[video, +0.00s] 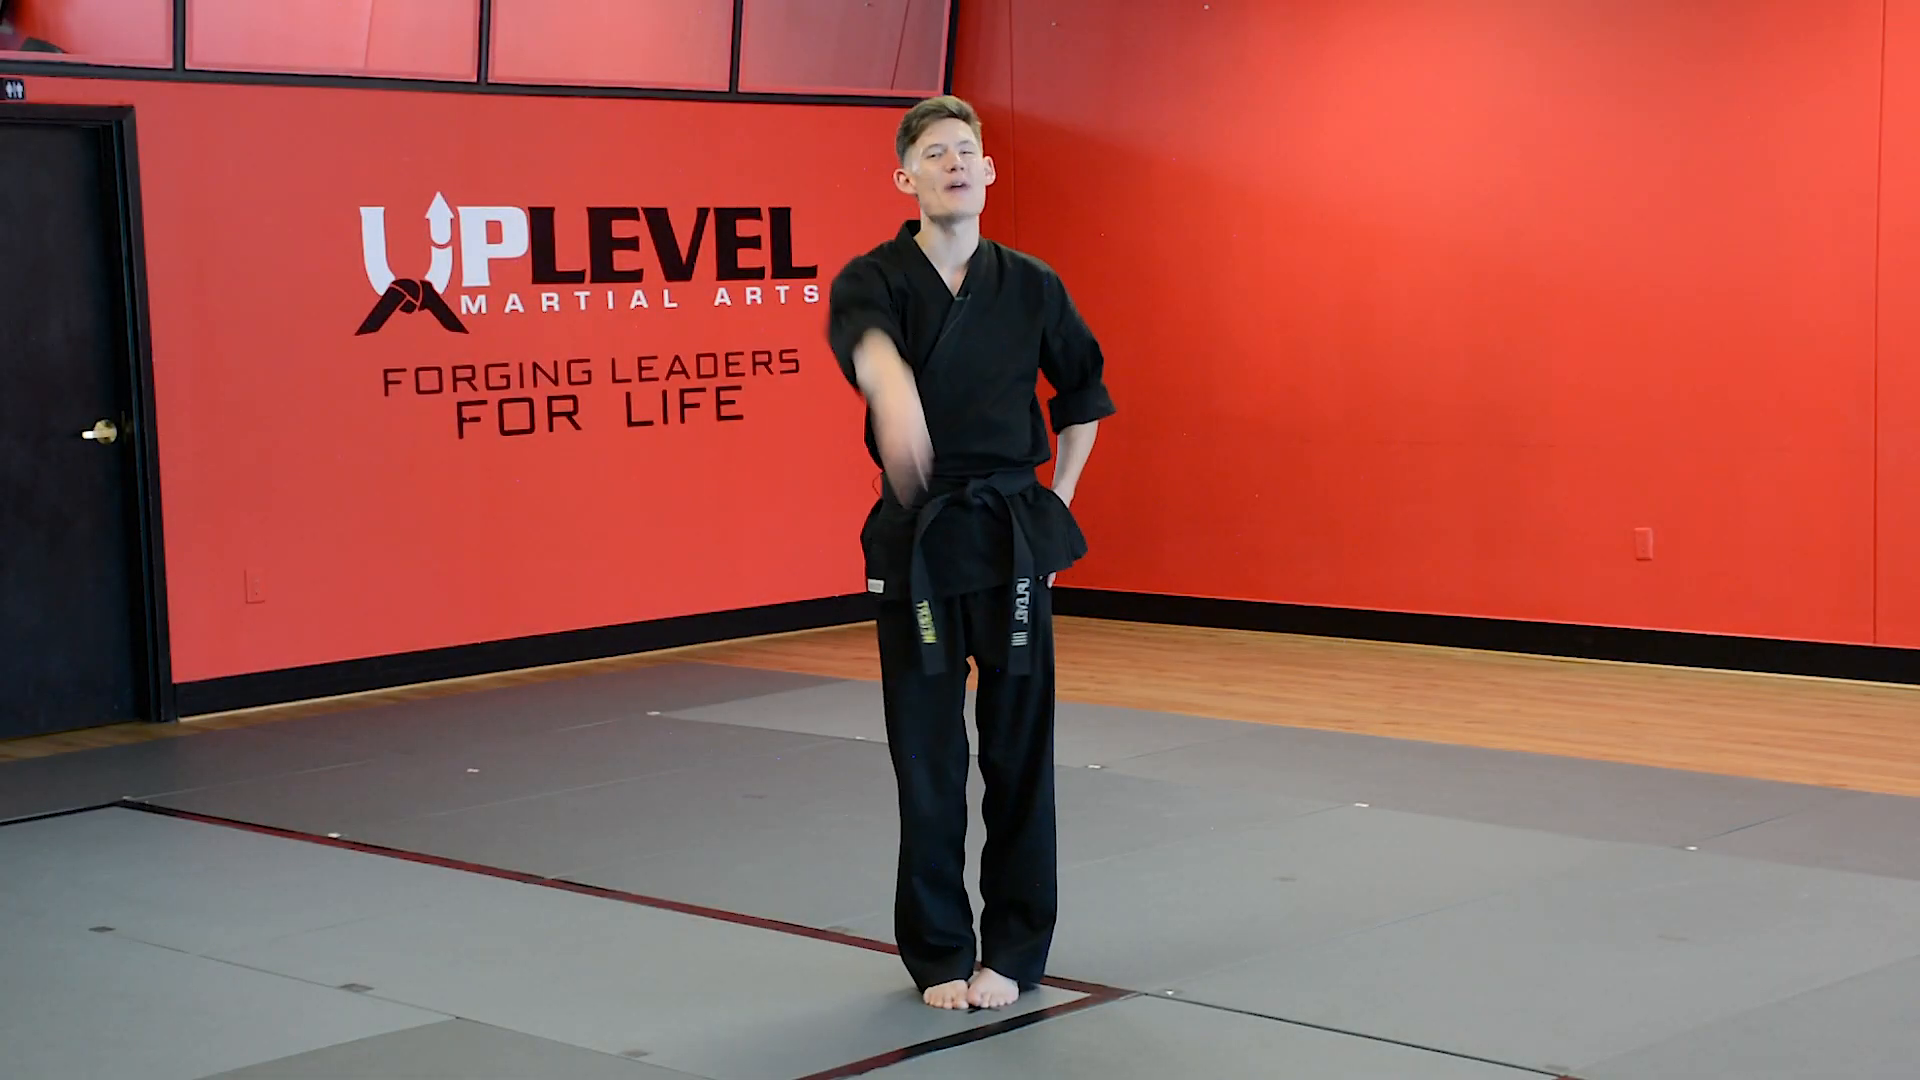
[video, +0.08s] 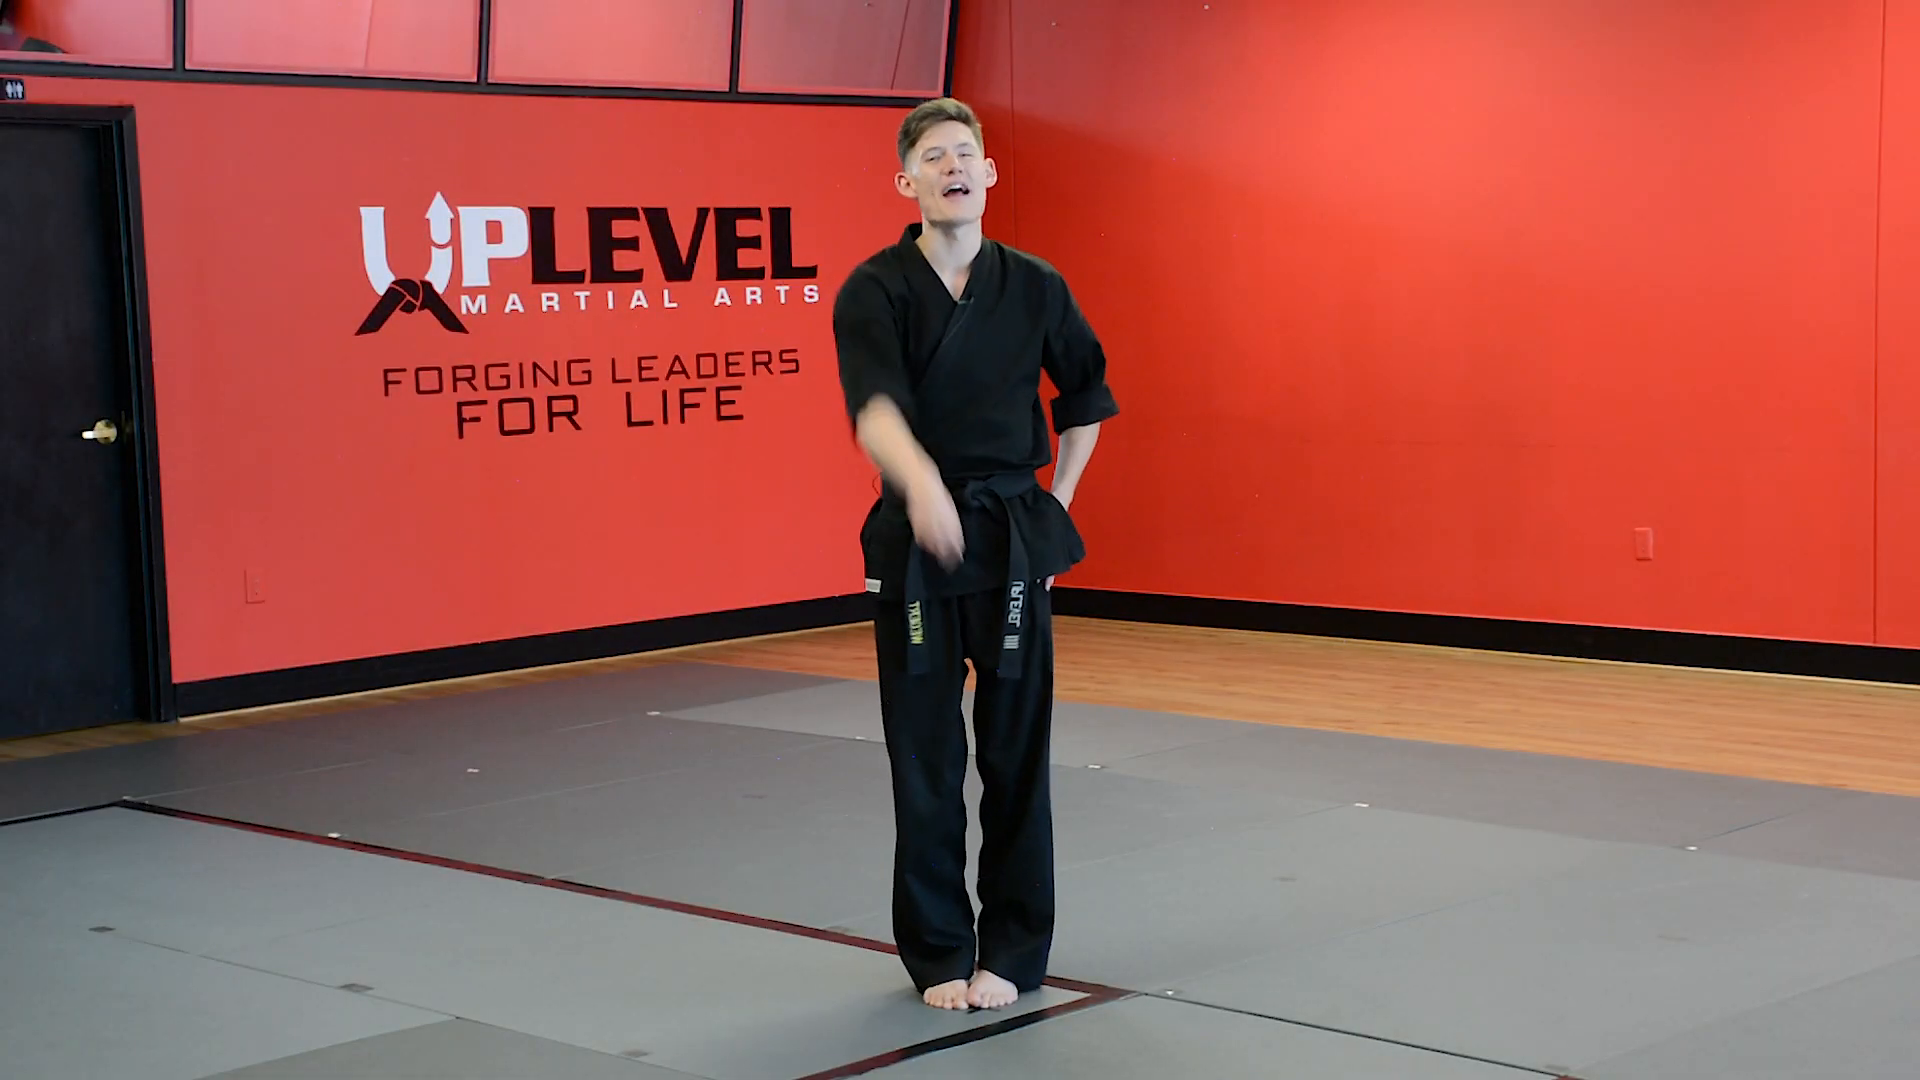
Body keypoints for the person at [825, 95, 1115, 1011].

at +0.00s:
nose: (960, 164)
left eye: (970, 152)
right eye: (938, 154)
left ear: (990, 172)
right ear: (906, 180)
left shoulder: (1030, 283)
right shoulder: (870, 281)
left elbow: (1086, 393)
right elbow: (878, 365)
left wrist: (1054, 502)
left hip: (1014, 531)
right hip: (915, 536)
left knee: (1018, 758)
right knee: (928, 761)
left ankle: (1013, 954)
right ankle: (939, 953)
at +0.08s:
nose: (955, 166)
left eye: (967, 154)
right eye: (935, 157)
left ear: (992, 175)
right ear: (906, 184)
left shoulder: (1035, 284)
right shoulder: (873, 290)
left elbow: (1088, 392)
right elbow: (874, 408)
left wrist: (1058, 499)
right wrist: (923, 491)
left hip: (1015, 532)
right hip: (918, 534)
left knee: (1017, 758)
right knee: (926, 760)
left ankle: (1014, 957)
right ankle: (939, 956)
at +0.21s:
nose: (947, 173)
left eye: (961, 160)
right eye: (929, 165)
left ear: (992, 178)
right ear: (905, 192)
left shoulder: (1039, 287)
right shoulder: (873, 306)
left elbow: (1093, 392)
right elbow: (867, 451)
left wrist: (1059, 504)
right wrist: (924, 562)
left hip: (1015, 535)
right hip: (914, 538)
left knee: (1018, 756)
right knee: (925, 762)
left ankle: (1007, 956)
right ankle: (941, 957)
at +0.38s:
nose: (939, 195)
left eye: (955, 179)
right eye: (923, 182)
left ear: (986, 191)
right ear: (900, 201)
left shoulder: (1039, 291)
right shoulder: (869, 315)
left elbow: (1099, 393)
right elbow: (854, 466)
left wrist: (1065, 507)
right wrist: (895, 582)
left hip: (1020, 540)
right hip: (914, 548)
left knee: (1023, 758)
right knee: (926, 766)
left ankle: (1007, 952)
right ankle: (942, 954)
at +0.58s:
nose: (925, 216)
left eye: (942, 200)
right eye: (911, 201)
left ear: (979, 208)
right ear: (895, 214)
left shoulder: (1037, 298)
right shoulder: (863, 321)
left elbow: (1105, 403)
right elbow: (843, 464)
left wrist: (1065, 518)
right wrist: (871, 582)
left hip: (1023, 546)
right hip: (916, 550)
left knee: (1026, 762)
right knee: (930, 765)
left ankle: (1007, 953)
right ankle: (942, 954)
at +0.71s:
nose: (921, 221)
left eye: (939, 205)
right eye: (908, 206)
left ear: (976, 212)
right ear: (892, 216)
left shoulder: (1036, 301)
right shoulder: (863, 320)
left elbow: (1107, 409)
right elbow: (847, 462)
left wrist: (1063, 524)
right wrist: (872, 579)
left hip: (1022, 544)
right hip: (917, 549)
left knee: (1026, 763)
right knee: (930, 765)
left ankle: (1008, 953)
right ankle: (943, 953)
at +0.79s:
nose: (922, 222)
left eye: (940, 206)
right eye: (909, 207)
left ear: (976, 214)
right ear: (893, 217)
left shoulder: (1035, 302)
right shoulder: (863, 319)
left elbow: (1108, 411)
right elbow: (850, 460)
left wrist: (1062, 527)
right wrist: (872, 576)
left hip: (1022, 543)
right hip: (917, 548)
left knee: (1026, 762)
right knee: (930, 764)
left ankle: (1008, 953)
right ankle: (943, 953)